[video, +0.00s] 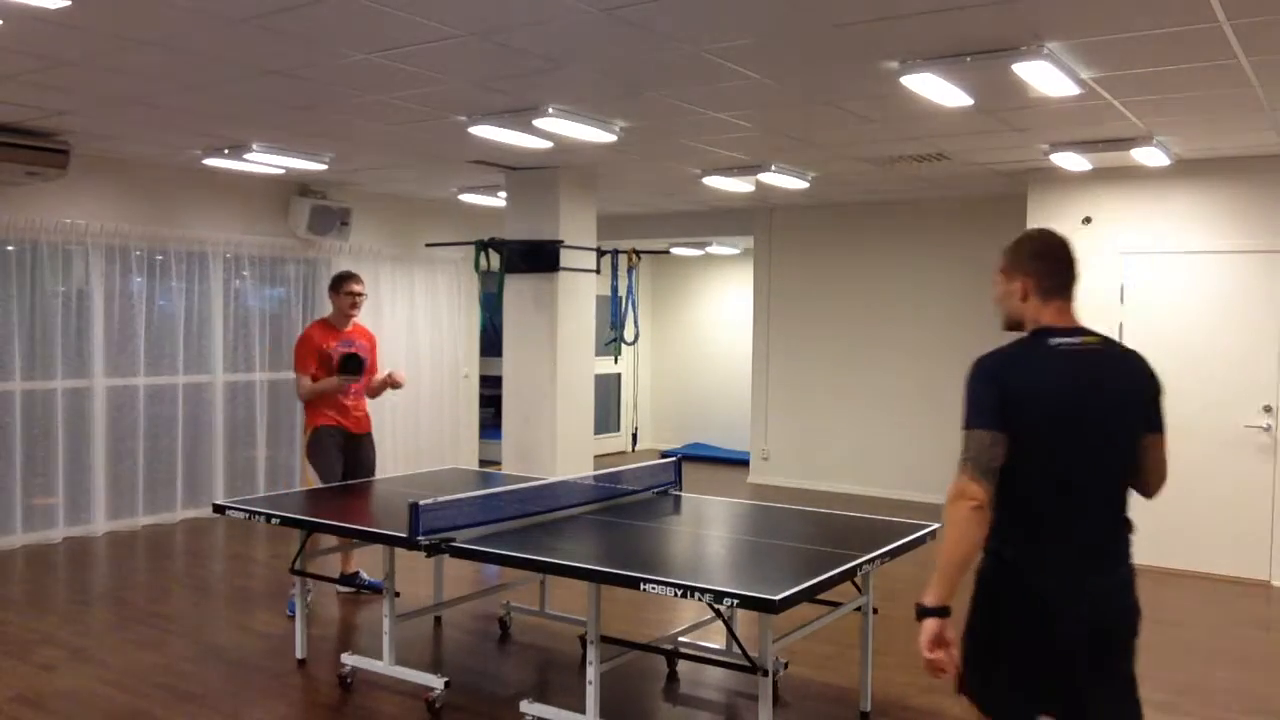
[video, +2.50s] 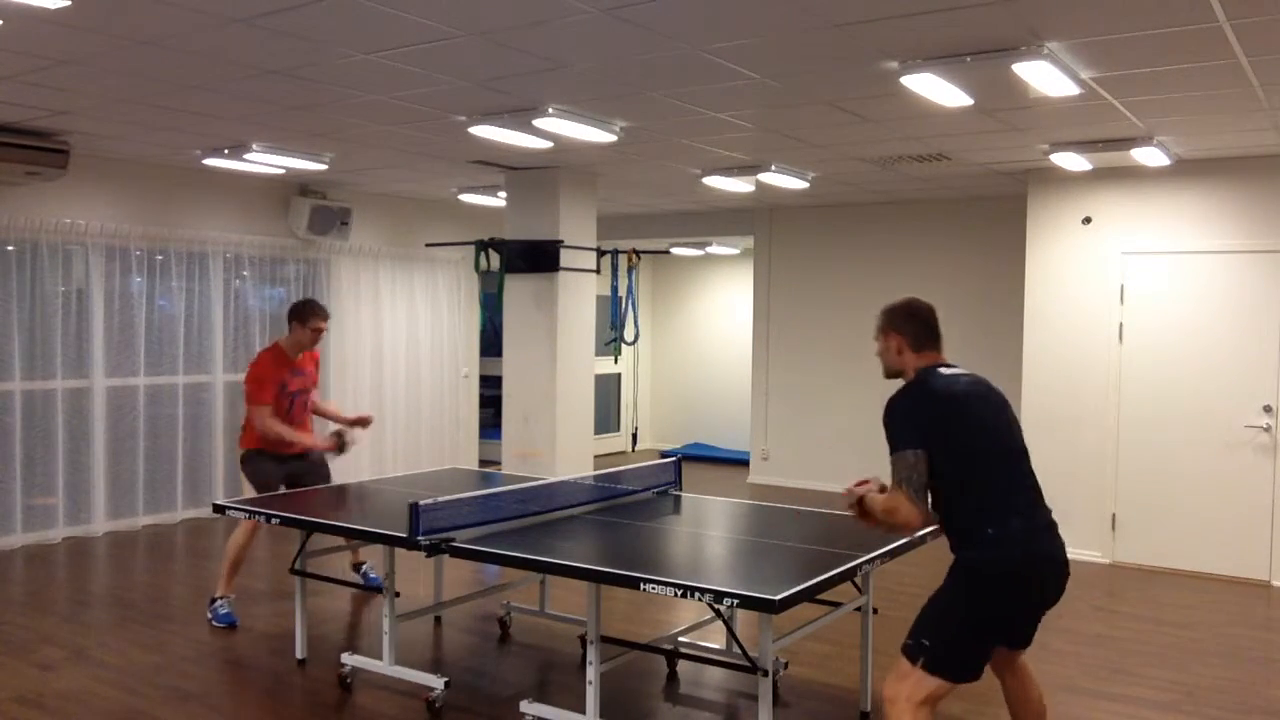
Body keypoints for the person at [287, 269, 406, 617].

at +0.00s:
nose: (357, 301)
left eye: (361, 296)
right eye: (350, 295)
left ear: (364, 300)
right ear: (333, 297)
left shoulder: (366, 338)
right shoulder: (312, 336)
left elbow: (369, 391)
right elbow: (303, 391)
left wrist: (386, 381)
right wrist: (338, 382)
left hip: (359, 426)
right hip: (325, 425)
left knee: (357, 500)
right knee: (331, 496)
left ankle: (348, 571)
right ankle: (301, 582)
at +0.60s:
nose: (334, 304)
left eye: (337, 299)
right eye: (328, 298)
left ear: (338, 304)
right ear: (307, 299)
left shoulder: (337, 342)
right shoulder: (286, 337)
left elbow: (339, 391)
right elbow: (273, 393)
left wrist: (362, 395)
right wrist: (321, 399)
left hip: (318, 435)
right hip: (283, 432)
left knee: (323, 508)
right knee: (282, 513)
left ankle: (342, 570)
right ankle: (264, 595)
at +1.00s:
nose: (334, 303)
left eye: (338, 298)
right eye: (328, 296)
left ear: (338, 302)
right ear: (308, 297)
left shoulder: (334, 337)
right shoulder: (285, 334)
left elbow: (358, 381)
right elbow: (251, 382)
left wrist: (365, 342)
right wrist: (292, 406)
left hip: (327, 437)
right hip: (291, 437)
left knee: (333, 509)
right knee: (277, 514)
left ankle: (334, 573)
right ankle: (264, 594)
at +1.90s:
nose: (333, 317)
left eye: (336, 312)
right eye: (327, 311)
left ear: (334, 313)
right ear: (306, 310)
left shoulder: (330, 347)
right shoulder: (276, 346)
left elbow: (340, 396)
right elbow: (253, 400)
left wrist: (355, 371)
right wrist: (289, 427)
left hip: (315, 440)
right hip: (277, 441)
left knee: (338, 506)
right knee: (270, 512)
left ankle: (339, 572)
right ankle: (229, 593)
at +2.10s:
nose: (317, 328)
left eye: (321, 323)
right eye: (311, 322)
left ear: (321, 324)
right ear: (290, 321)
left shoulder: (321, 355)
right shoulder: (261, 358)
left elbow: (321, 397)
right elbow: (240, 410)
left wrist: (334, 415)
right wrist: (253, 450)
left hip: (310, 452)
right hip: (268, 454)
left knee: (337, 510)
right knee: (254, 519)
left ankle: (350, 571)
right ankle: (218, 597)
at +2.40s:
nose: (314, 344)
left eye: (317, 337)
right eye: (309, 337)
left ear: (318, 336)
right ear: (288, 334)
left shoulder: (319, 363)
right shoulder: (257, 370)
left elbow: (324, 402)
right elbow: (230, 419)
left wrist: (345, 431)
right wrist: (258, 455)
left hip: (315, 459)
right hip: (272, 463)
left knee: (346, 511)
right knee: (256, 521)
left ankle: (361, 567)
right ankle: (223, 597)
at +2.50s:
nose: (320, 337)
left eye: (322, 331)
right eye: (316, 331)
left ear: (319, 331)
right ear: (295, 327)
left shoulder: (311, 358)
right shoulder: (264, 364)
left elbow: (309, 400)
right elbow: (262, 422)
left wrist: (345, 420)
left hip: (301, 451)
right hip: (262, 453)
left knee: (334, 502)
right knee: (263, 508)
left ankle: (358, 565)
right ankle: (221, 597)